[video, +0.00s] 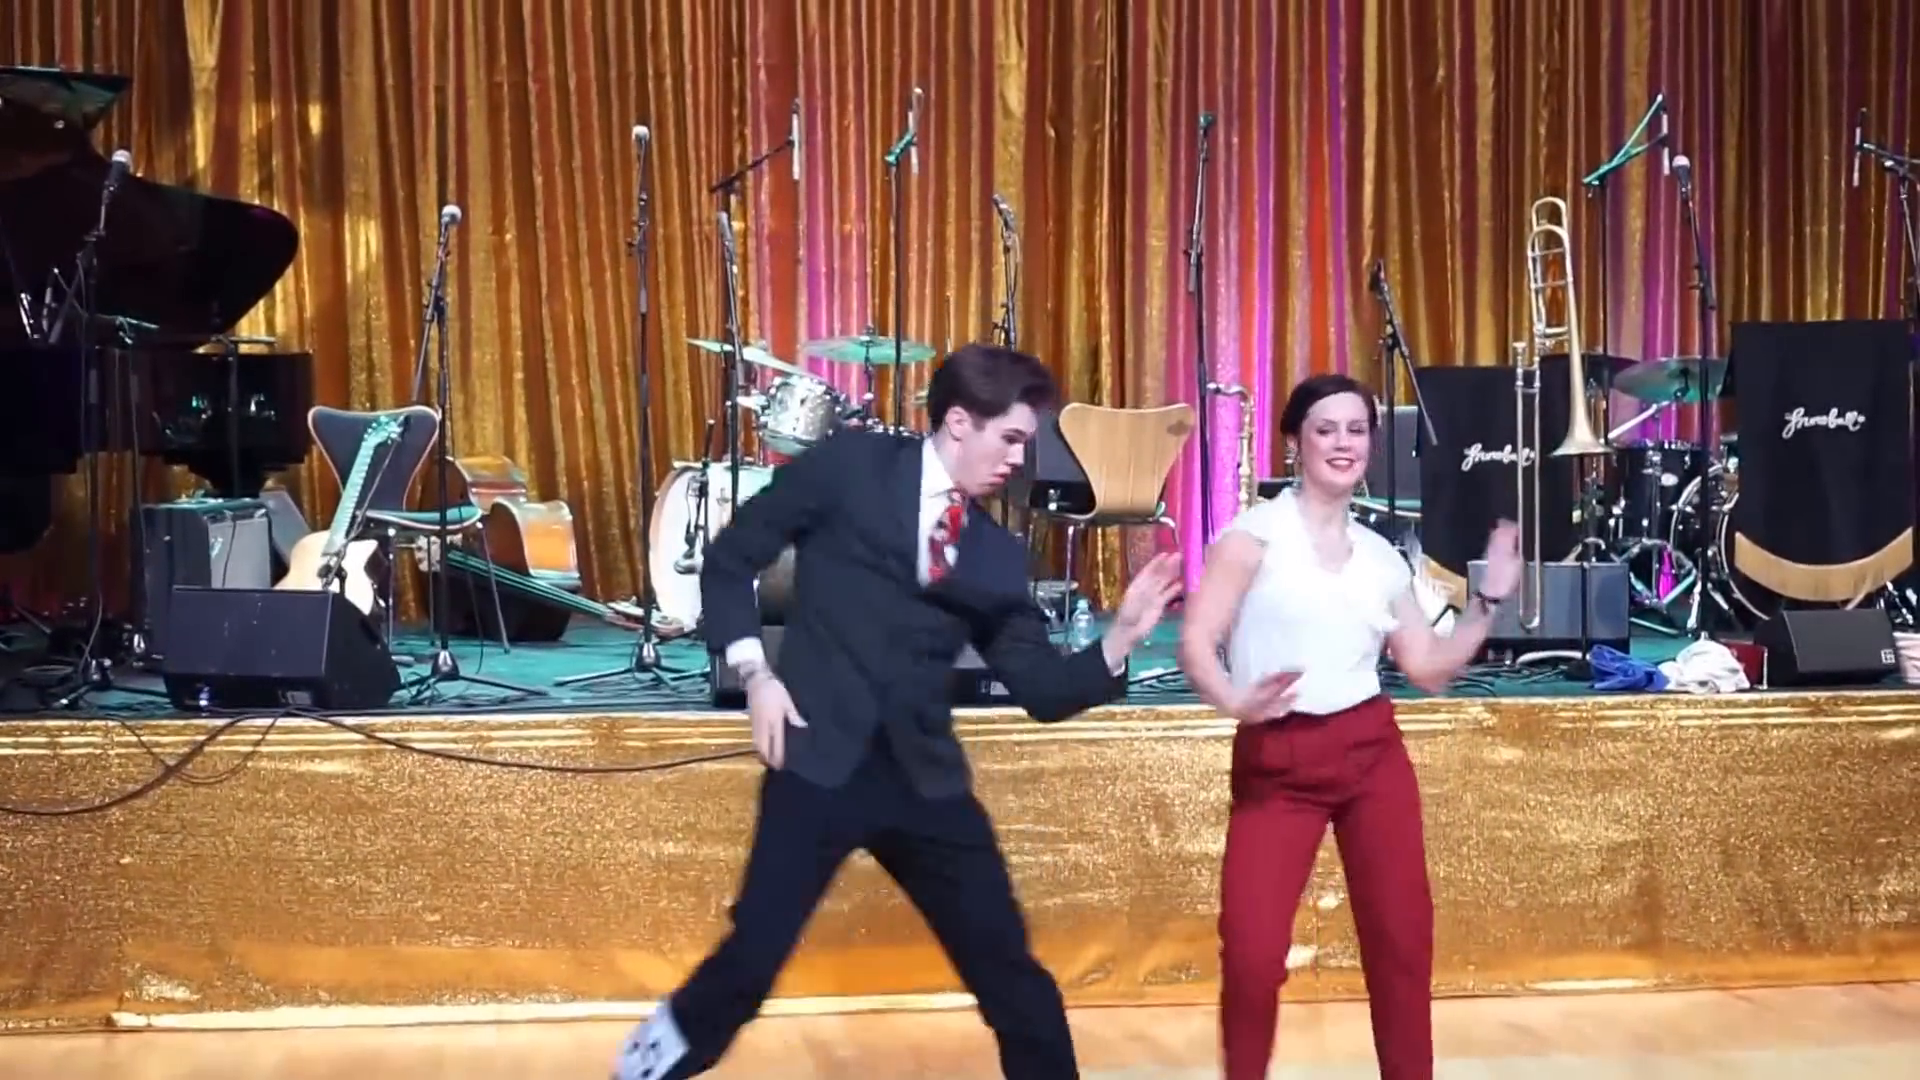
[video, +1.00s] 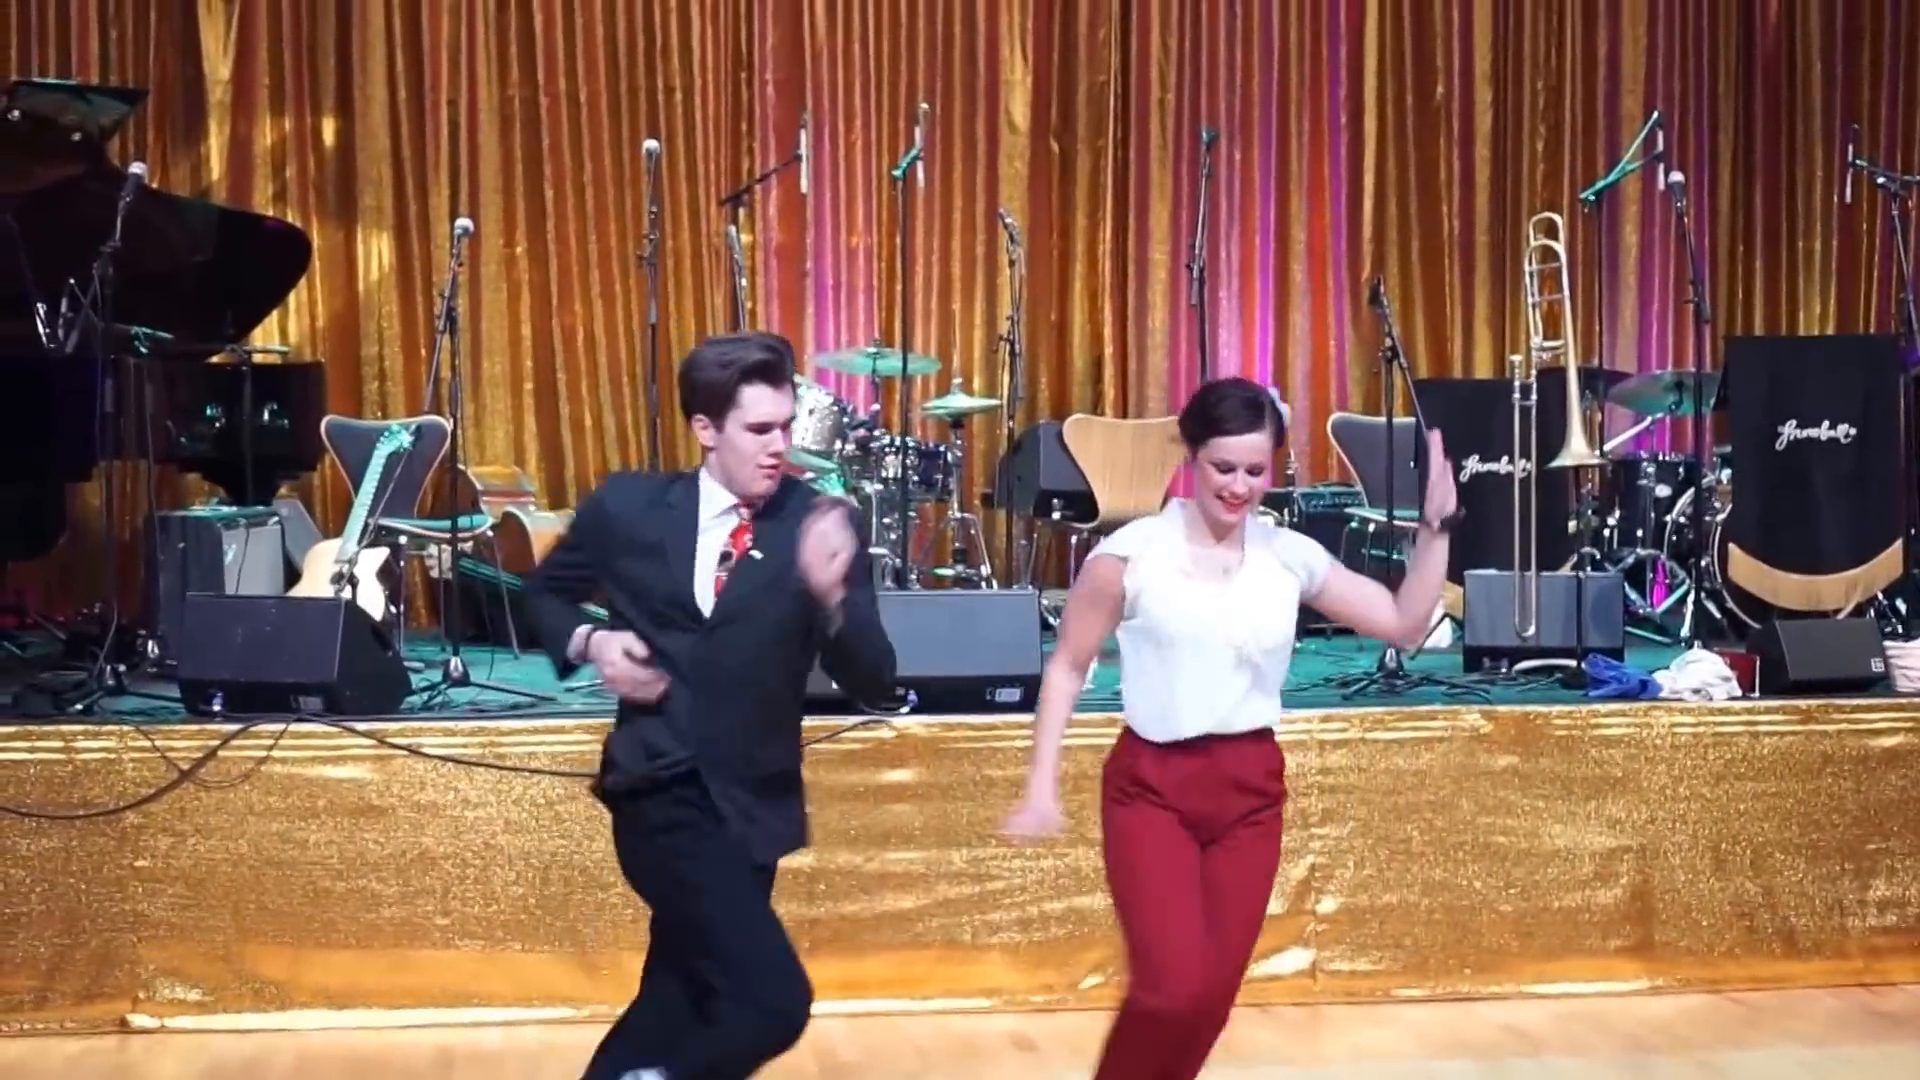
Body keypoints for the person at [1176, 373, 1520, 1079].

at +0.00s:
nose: (1343, 444)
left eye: (1357, 431)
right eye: (1326, 430)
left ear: (1370, 446)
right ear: (1295, 443)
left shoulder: (1381, 558)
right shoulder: (1251, 539)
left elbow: (1429, 668)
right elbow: (1196, 643)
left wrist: (1488, 600)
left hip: (1373, 759)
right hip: (1277, 764)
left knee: (1403, 950)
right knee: (1250, 960)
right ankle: (1244, 1079)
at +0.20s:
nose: (1295, 422)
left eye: (1312, 406)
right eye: (1278, 408)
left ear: (1336, 418)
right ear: (1257, 420)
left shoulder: (1350, 519)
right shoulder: (1203, 500)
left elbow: (1347, 640)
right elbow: (1120, 598)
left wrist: (1369, 551)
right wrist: (1043, 670)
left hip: (1281, 752)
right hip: (1204, 743)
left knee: (1287, 973)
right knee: (1189, 967)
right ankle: (1141, 1078)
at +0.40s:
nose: (1241, 435)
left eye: (1259, 418)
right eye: (1228, 418)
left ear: (1292, 428)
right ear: (1213, 425)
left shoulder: (1309, 535)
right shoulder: (1159, 497)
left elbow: (1328, 651)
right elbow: (1063, 557)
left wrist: (1330, 597)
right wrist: (959, 607)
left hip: (1223, 760)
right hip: (1141, 745)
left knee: (1245, 976)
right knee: (1115, 970)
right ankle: (1089, 1077)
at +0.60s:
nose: (1200, 462)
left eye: (1219, 447)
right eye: (1187, 443)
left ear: (1247, 445)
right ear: (1167, 436)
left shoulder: (1275, 555)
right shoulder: (1108, 525)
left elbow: (1290, 689)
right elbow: (1025, 612)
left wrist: (1326, 799)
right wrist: (964, 539)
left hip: (1193, 772)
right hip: (1089, 759)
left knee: (1220, 979)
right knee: (1075, 979)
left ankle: (1225, 1072)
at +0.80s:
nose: (1197, 478)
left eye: (1214, 462)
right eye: (1183, 459)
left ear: (1235, 457)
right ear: (1156, 447)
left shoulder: (1240, 546)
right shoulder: (1114, 540)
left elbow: (1261, 630)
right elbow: (1119, 678)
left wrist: (1344, 611)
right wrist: (1193, 721)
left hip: (1194, 793)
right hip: (1099, 782)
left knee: (1090, 980)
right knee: (1080, 986)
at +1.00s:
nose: (1239, 487)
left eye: (1255, 471)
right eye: (1223, 468)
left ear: (1274, 468)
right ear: (1190, 458)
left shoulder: (1289, 557)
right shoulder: (1127, 555)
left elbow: (1405, 625)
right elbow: (1068, 666)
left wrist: (1434, 528)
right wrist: (1041, 791)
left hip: (1250, 801)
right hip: (1150, 796)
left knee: (1207, 1008)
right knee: (1171, 994)